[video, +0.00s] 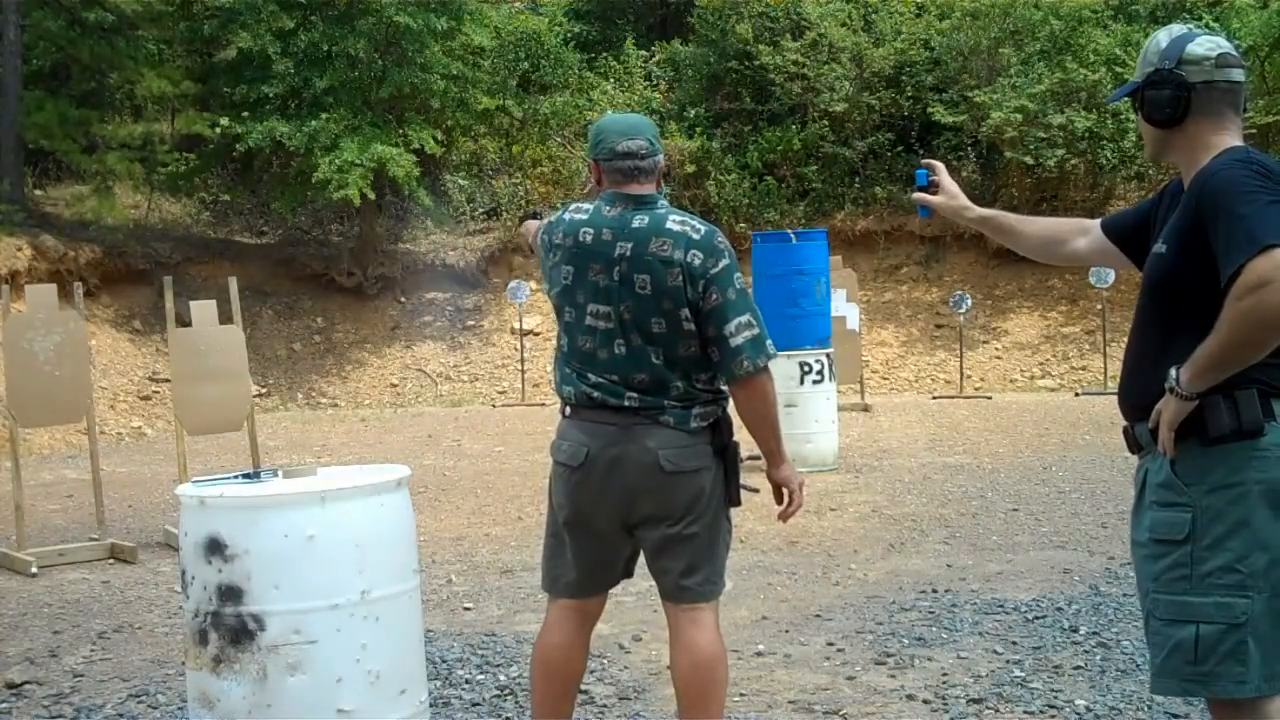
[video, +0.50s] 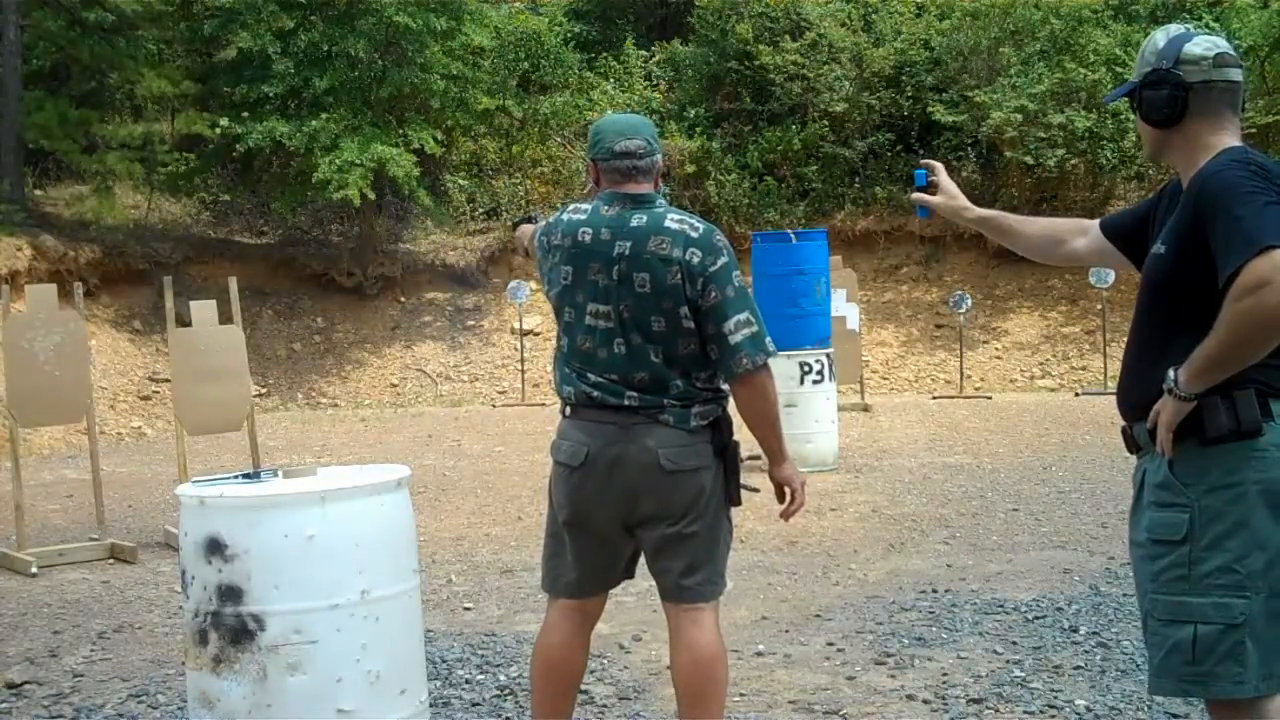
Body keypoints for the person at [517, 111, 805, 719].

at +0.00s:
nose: (587, 173)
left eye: (589, 166)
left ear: (596, 171)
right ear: (662, 168)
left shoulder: (566, 233)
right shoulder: (700, 243)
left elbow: (540, 235)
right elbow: (747, 368)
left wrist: (544, 227)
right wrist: (777, 459)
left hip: (585, 445)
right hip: (683, 451)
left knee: (571, 606)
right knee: (693, 610)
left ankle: (548, 715)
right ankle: (703, 718)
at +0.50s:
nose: (587, 174)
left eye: (589, 167)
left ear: (594, 172)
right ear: (661, 169)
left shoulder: (565, 233)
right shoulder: (699, 240)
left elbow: (534, 238)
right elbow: (747, 366)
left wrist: (532, 229)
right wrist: (778, 457)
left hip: (586, 446)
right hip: (684, 450)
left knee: (571, 606)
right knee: (693, 611)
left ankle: (548, 715)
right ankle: (703, 718)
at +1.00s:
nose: (594, 173)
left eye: (596, 166)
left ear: (602, 172)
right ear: (668, 168)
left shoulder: (569, 235)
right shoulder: (705, 244)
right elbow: (753, 370)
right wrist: (779, 452)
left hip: (593, 446)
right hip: (690, 452)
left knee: (573, 610)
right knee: (696, 615)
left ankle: (548, 713)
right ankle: (705, 717)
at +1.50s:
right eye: (673, 189)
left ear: (615, 201)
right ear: (673, 195)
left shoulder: (586, 265)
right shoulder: (715, 262)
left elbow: (564, 368)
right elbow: (749, 361)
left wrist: (621, 378)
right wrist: (688, 347)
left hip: (599, 443)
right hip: (690, 443)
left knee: (581, 569)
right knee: (694, 601)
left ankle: (588, 708)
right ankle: (707, 715)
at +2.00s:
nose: (646, 204)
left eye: (642, 197)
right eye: (644, 197)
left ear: (588, 200)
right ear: (634, 200)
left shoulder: (558, 244)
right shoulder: (654, 236)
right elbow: (690, 267)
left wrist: (663, 237)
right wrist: (693, 237)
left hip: (568, 399)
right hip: (642, 405)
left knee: (577, 551)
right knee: (645, 543)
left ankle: (585, 678)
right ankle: (622, 667)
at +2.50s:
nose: (656, 216)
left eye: (653, 209)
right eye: (654, 209)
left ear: (607, 214)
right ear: (643, 214)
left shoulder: (580, 254)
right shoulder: (659, 252)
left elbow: (628, 265)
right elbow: (693, 269)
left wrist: (681, 243)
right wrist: (699, 242)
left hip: (588, 400)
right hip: (648, 404)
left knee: (609, 510)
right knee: (656, 513)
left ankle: (612, 620)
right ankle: (630, 596)